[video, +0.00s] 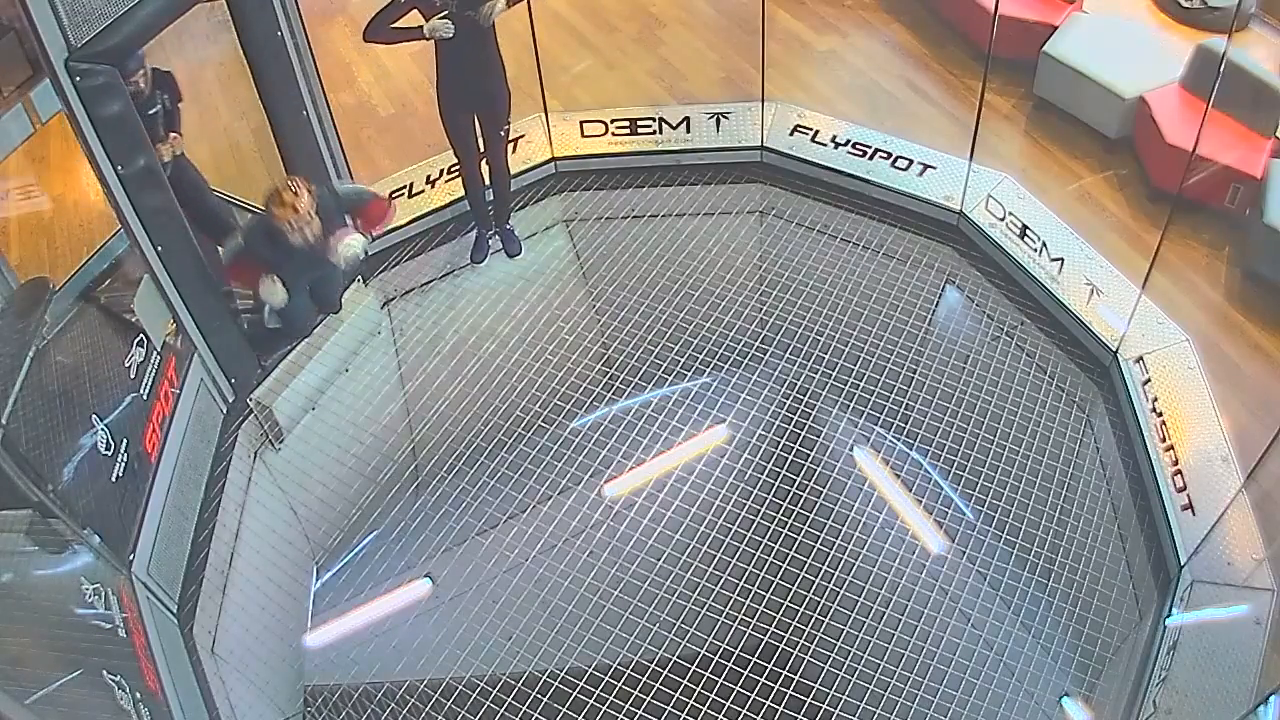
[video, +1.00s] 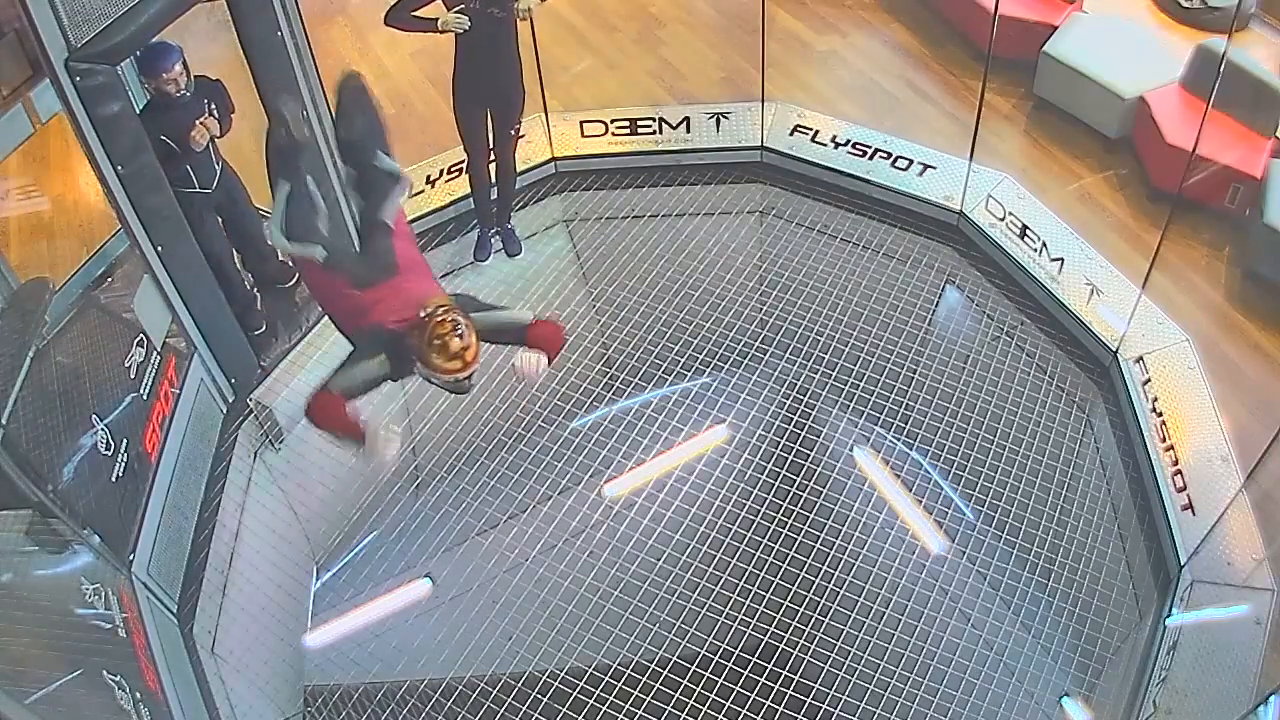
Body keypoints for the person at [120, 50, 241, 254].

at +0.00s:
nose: (139, 86)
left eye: (142, 77)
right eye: (131, 83)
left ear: (148, 67)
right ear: (120, 83)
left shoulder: (164, 80)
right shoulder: (115, 102)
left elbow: (173, 109)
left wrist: (174, 133)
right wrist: (150, 156)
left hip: (170, 157)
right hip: (142, 170)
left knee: (203, 200)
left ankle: (232, 237)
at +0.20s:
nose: (169, 86)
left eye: (170, 77)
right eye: (159, 84)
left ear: (175, 67)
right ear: (141, 86)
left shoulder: (192, 80)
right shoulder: (133, 110)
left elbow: (201, 107)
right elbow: (143, 162)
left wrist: (199, 134)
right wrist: (174, 161)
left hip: (202, 164)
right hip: (171, 181)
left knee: (237, 217)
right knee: (200, 243)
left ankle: (266, 275)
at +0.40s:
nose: (185, 95)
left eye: (188, 86)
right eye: (176, 92)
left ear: (194, 74)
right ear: (158, 89)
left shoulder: (210, 84)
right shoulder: (144, 117)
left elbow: (220, 103)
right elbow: (152, 167)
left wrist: (217, 128)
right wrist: (188, 160)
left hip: (211, 165)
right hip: (178, 185)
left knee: (242, 222)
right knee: (205, 244)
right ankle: (232, 312)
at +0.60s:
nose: (181, 91)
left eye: (183, 81)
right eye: (172, 89)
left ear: (188, 72)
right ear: (152, 88)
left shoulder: (205, 87)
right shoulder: (144, 118)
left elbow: (227, 113)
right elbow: (155, 165)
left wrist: (212, 125)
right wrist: (184, 147)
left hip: (215, 172)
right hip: (183, 192)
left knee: (244, 230)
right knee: (215, 255)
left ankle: (268, 282)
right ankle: (248, 318)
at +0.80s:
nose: (174, 84)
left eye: (175, 75)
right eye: (165, 82)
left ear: (179, 68)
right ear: (146, 84)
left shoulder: (199, 86)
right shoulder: (142, 120)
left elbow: (220, 113)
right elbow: (154, 167)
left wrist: (213, 124)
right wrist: (182, 143)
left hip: (218, 177)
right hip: (187, 199)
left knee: (248, 228)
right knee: (218, 257)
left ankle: (268, 268)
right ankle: (250, 315)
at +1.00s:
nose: (178, 83)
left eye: (180, 74)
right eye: (168, 81)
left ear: (185, 66)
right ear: (149, 84)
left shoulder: (205, 87)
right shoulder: (147, 122)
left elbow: (226, 116)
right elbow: (159, 167)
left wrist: (218, 127)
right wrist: (189, 149)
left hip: (222, 178)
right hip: (190, 200)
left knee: (250, 228)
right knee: (219, 258)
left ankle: (269, 269)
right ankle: (249, 312)